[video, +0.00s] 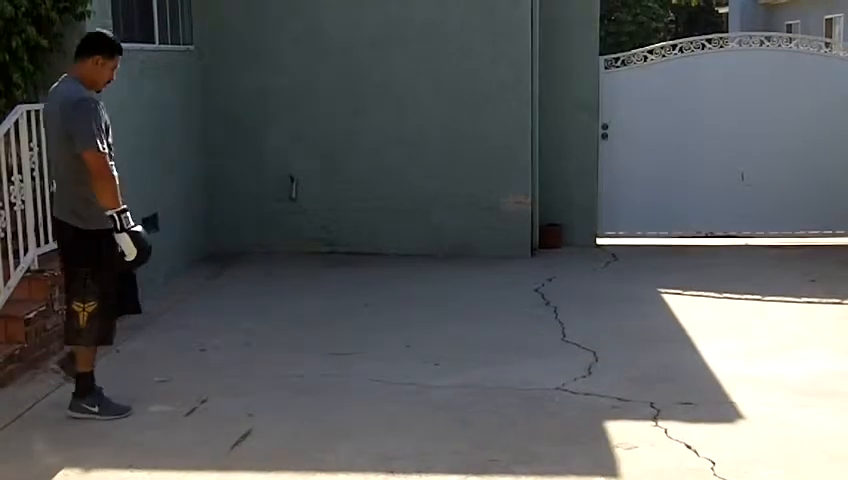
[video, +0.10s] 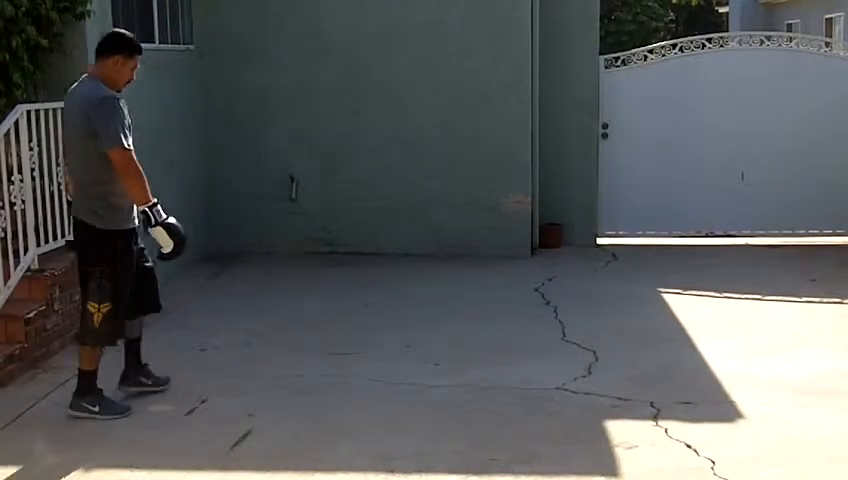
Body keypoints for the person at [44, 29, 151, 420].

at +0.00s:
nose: (113, 77)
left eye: (115, 69)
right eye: (112, 68)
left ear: (86, 61)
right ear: (95, 62)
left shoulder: (62, 94)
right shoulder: (81, 102)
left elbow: (82, 166)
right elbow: (99, 169)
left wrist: (114, 209)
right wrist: (123, 222)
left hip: (76, 221)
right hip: (88, 225)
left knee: (96, 297)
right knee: (90, 306)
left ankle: (76, 356)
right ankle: (85, 393)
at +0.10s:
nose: (133, 78)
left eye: (135, 69)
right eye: (132, 68)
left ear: (107, 61)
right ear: (115, 62)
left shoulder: (79, 93)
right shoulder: (105, 101)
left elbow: (75, 160)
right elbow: (126, 165)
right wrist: (154, 210)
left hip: (106, 222)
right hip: (104, 225)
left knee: (136, 292)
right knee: (98, 308)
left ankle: (133, 370)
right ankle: (86, 393)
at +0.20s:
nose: (153, 79)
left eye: (155, 72)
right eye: (152, 71)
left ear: (126, 63)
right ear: (136, 64)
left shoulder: (97, 97)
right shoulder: (127, 103)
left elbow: (86, 159)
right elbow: (150, 167)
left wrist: (87, 207)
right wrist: (183, 213)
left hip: (115, 221)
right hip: (125, 225)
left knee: (151, 296)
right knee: (111, 307)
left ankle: (184, 366)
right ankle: (87, 392)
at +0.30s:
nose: (173, 79)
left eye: (174, 71)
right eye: (171, 70)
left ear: (143, 65)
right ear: (155, 65)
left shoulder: (116, 101)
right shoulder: (149, 104)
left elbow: (105, 162)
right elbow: (168, 166)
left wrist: (107, 213)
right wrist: (203, 212)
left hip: (142, 225)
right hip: (145, 228)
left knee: (171, 298)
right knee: (128, 308)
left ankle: (196, 369)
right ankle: (92, 385)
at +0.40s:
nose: (190, 77)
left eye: (191, 69)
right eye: (188, 69)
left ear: (162, 64)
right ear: (173, 64)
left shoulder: (135, 100)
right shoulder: (169, 100)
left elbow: (129, 161)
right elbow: (185, 162)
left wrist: (134, 211)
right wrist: (214, 209)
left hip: (159, 221)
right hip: (168, 225)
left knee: (189, 293)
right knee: (160, 307)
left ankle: (198, 369)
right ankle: (113, 372)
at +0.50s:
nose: (208, 75)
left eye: (208, 68)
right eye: (206, 67)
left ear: (178, 62)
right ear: (190, 62)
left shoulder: (158, 95)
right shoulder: (186, 99)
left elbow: (165, 160)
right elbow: (198, 158)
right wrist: (224, 209)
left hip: (173, 215)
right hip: (192, 218)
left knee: (190, 290)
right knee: (211, 292)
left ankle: (198, 368)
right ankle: (152, 357)